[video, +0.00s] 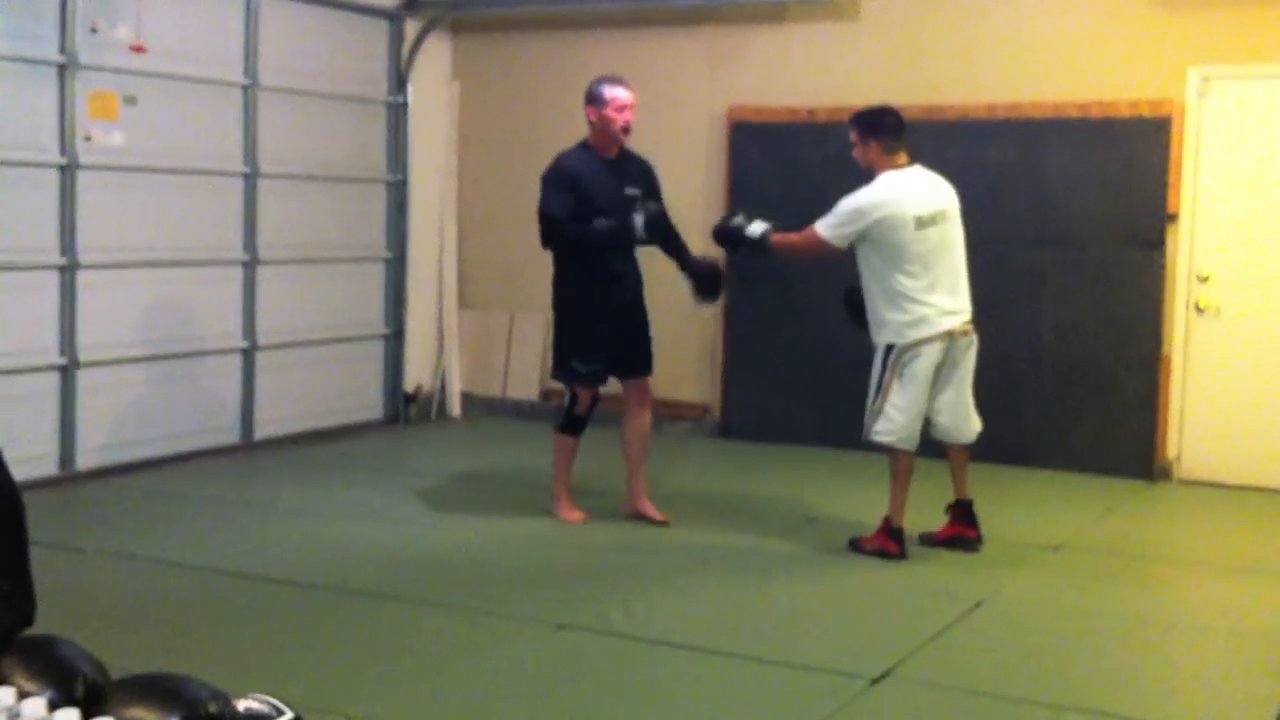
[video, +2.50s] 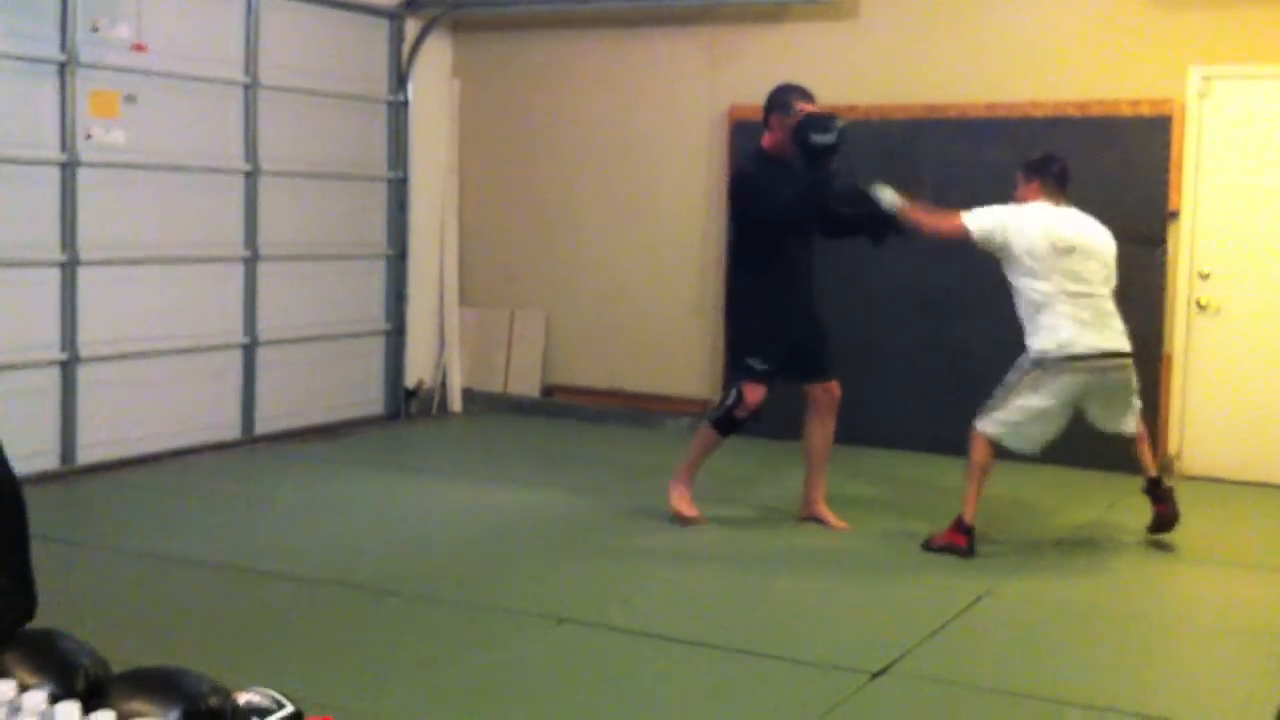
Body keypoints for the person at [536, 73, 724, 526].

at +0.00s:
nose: (629, 118)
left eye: (632, 109)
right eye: (620, 109)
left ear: (633, 113)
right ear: (592, 113)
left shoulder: (638, 169)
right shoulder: (566, 170)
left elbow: (659, 226)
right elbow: (552, 236)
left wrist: (691, 266)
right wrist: (617, 228)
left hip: (626, 296)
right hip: (580, 298)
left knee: (638, 392)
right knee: (584, 394)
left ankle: (637, 496)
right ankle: (561, 496)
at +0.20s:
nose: (624, 121)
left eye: (627, 112)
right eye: (615, 113)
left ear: (629, 114)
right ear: (588, 116)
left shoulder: (635, 168)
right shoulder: (562, 170)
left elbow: (669, 222)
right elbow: (545, 235)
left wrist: (684, 201)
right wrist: (601, 216)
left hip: (623, 295)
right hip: (576, 298)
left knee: (644, 389)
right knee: (580, 395)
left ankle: (642, 492)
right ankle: (560, 494)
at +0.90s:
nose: (680, 116)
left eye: (681, 108)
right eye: (669, 109)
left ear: (680, 114)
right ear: (643, 117)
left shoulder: (691, 170)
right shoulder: (616, 173)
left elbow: (721, 224)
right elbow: (591, 232)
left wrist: (738, 221)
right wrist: (649, 211)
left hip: (674, 298)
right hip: (626, 299)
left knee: (681, 397)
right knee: (619, 399)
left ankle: (690, 496)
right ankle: (571, 486)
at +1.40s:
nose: (700, 127)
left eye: (702, 119)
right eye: (693, 119)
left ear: (695, 122)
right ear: (666, 118)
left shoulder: (697, 168)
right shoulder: (640, 173)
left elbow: (705, 228)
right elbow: (656, 221)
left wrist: (740, 227)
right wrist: (701, 169)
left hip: (695, 298)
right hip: (650, 301)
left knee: (739, 382)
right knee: (652, 400)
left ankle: (733, 487)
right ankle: (621, 495)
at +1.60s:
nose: (721, 133)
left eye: (726, 124)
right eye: (714, 124)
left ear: (729, 126)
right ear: (690, 123)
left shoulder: (723, 173)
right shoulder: (665, 174)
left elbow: (758, 222)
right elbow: (680, 221)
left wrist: (786, 184)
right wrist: (719, 163)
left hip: (716, 302)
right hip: (671, 302)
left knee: (742, 400)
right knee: (662, 401)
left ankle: (775, 502)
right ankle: (622, 493)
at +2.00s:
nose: (777, 139)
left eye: (783, 130)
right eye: (771, 129)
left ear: (783, 127)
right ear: (749, 120)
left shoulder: (771, 168)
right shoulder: (717, 169)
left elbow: (797, 226)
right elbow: (744, 220)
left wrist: (832, 189)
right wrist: (777, 162)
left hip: (760, 291)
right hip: (720, 293)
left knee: (775, 396)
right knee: (728, 399)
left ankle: (780, 505)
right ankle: (681, 496)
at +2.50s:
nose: (809, 134)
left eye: (812, 125)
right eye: (801, 124)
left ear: (811, 125)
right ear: (774, 123)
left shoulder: (804, 169)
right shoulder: (752, 174)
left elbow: (826, 221)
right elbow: (786, 221)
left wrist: (877, 220)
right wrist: (818, 168)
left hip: (796, 298)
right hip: (754, 299)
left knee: (825, 392)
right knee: (748, 396)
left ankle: (814, 502)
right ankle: (682, 481)